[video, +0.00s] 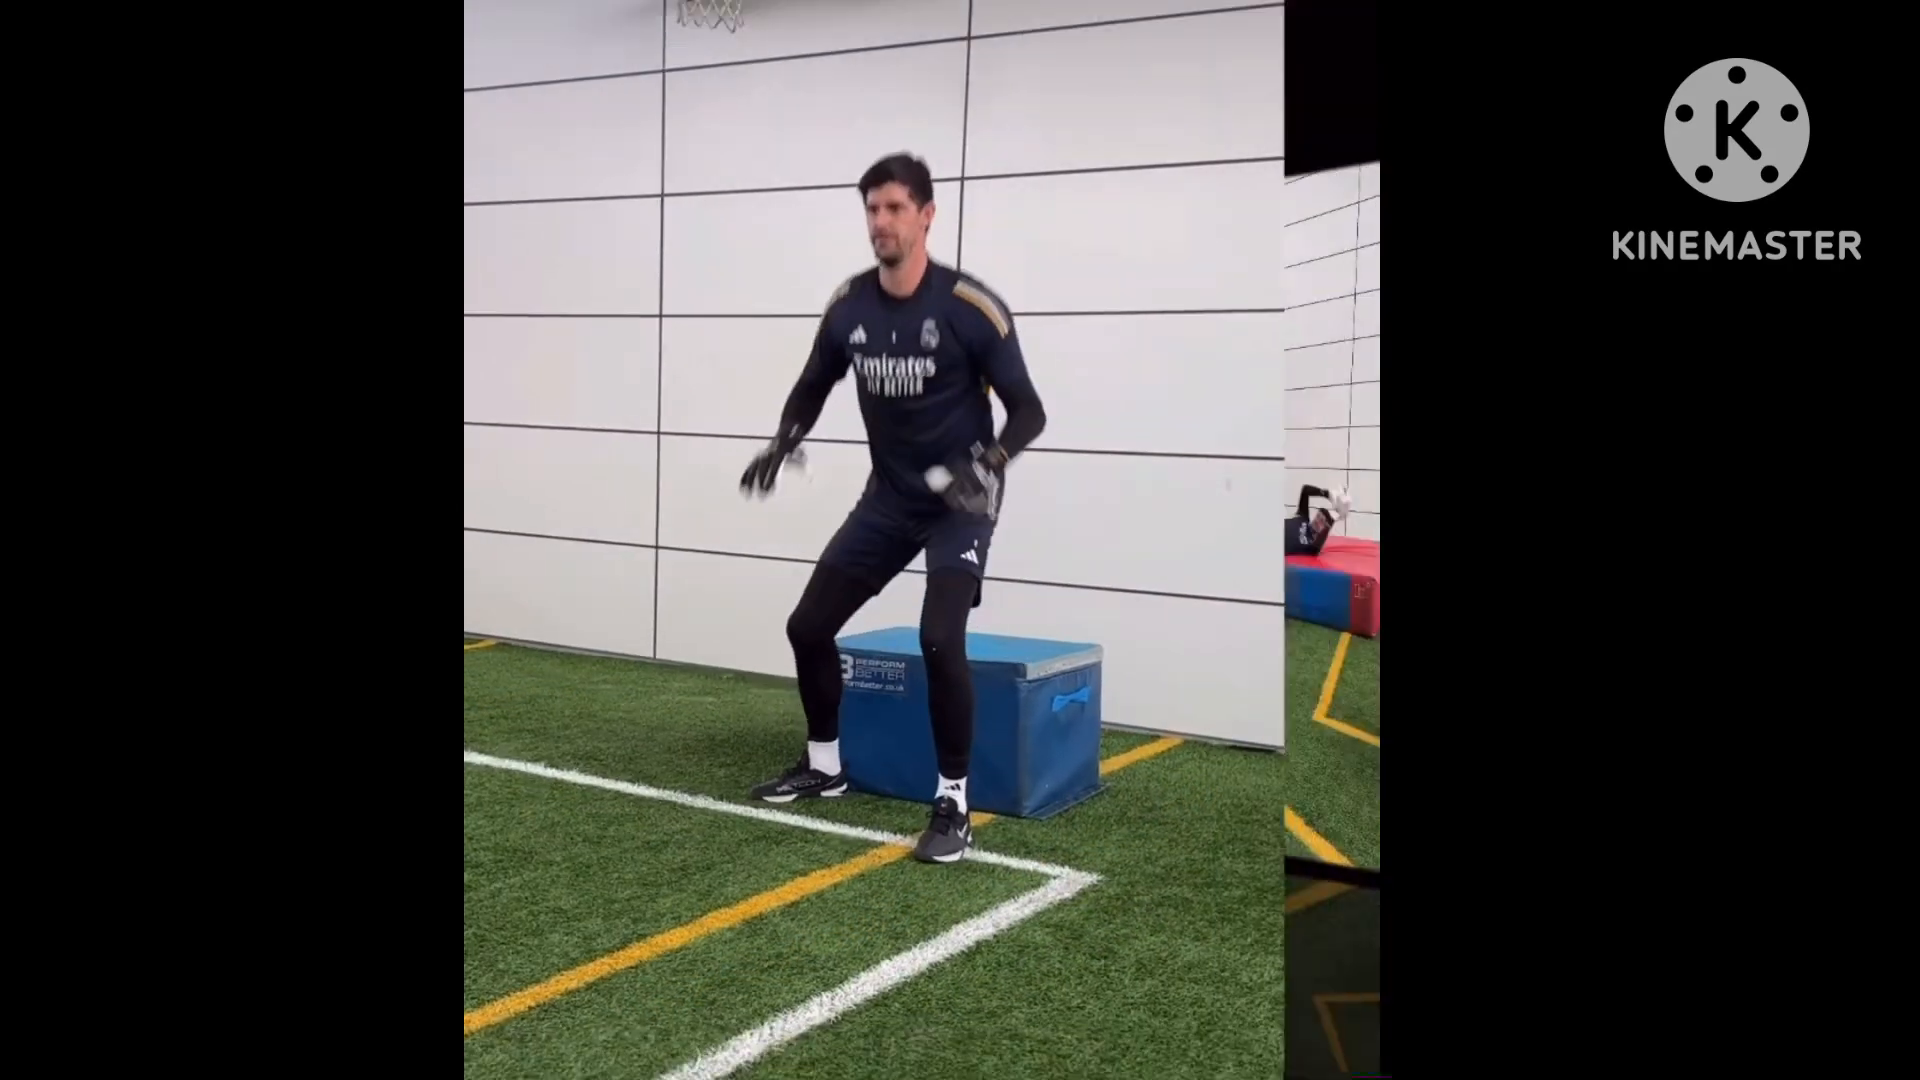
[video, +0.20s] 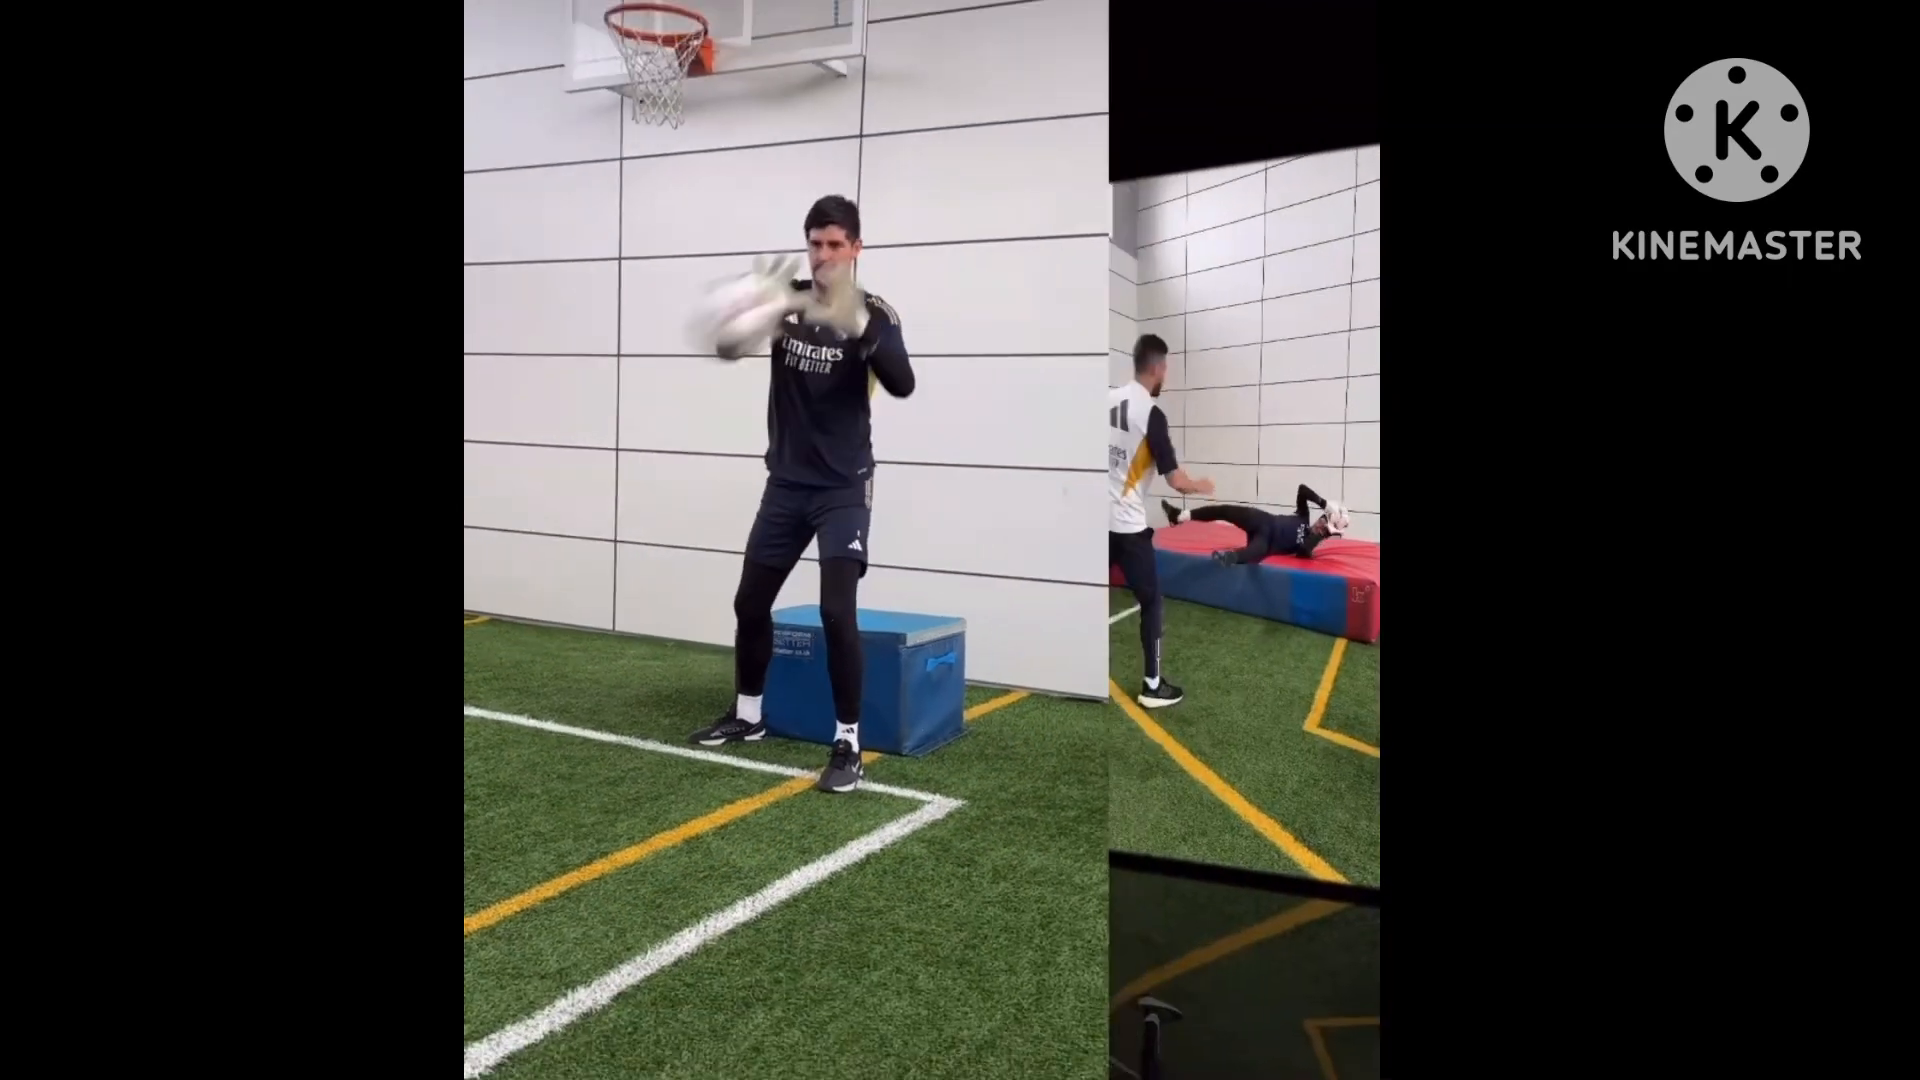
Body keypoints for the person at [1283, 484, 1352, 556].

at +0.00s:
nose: (1318, 522)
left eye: (1322, 522)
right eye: (1318, 517)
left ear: (1325, 529)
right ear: (1315, 515)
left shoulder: (1311, 547)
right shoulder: (1302, 518)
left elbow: (1315, 549)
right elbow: (1306, 490)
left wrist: (1332, 521)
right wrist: (1328, 494)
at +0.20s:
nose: (1323, 526)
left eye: (1328, 528)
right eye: (1325, 521)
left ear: (1331, 534)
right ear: (1320, 516)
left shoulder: (1310, 545)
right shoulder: (1303, 518)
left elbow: (1304, 550)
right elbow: (1303, 490)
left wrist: (1324, 533)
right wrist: (1324, 504)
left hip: (1266, 543)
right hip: (1264, 520)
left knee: (1251, 554)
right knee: (1225, 511)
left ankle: (1223, 557)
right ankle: (1180, 516)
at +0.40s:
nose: (1303, 519)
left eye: (1308, 520)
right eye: (1303, 515)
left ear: (1311, 528)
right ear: (1299, 513)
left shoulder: (1294, 547)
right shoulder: (1284, 513)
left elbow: (1293, 558)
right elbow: (1268, 498)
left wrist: (1285, 537)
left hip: (1248, 546)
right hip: (1243, 526)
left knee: (1235, 555)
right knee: (1199, 518)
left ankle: (1205, 575)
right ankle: (1149, 531)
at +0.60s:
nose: (1258, 485)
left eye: (1264, 482)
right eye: (1257, 480)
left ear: (1272, 487)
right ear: (1253, 481)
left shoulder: (1269, 524)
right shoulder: (1237, 496)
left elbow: (1268, 563)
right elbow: (1207, 499)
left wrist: (1257, 549)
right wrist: (1184, 494)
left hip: (1217, 554)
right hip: (1200, 536)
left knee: (1207, 566)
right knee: (1158, 539)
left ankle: (1177, 606)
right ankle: (1103, 567)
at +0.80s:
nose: (1196, 449)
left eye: (1203, 445)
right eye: (1194, 443)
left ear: (1213, 450)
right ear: (1189, 447)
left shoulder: (1218, 491)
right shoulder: (1174, 478)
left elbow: (1231, 546)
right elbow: (1153, 514)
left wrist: (1205, 553)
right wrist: (1135, 528)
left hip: (1181, 548)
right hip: (1154, 541)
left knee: (1173, 562)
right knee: (1102, 543)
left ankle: (1144, 624)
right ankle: (1045, 597)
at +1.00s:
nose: (1156, 442)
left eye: (1163, 438)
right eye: (1152, 437)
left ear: (1171, 447)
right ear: (1144, 441)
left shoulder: (1173, 493)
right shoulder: (1121, 470)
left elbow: (1198, 547)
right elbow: (1081, 504)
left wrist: (1185, 524)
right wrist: (1105, 494)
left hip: (1125, 555)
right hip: (1091, 546)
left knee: (1133, 561)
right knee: (1032, 566)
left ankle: (1109, 634)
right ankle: (965, 631)